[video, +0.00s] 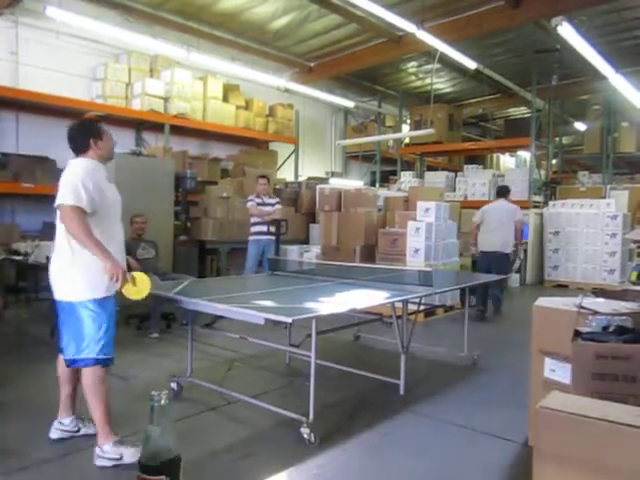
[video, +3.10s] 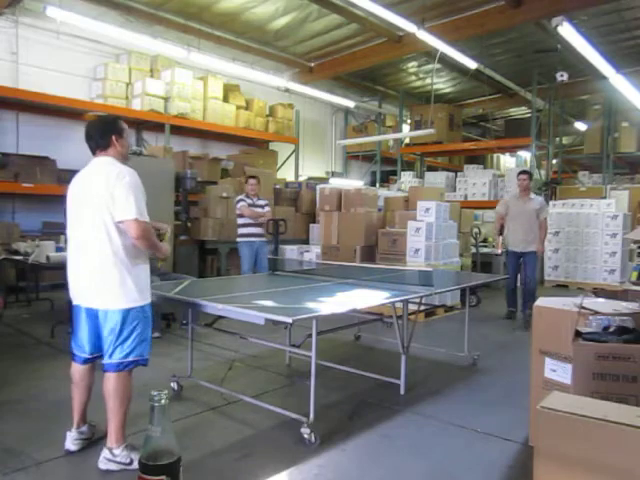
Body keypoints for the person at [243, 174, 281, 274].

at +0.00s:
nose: (263, 187)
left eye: (265, 184)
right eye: (260, 184)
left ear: (268, 186)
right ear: (256, 186)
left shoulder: (275, 199)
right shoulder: (252, 198)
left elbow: (278, 215)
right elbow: (253, 211)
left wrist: (263, 217)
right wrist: (271, 212)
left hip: (270, 237)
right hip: (255, 237)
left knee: (269, 266)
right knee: (250, 267)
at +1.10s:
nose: (248, 186)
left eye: (250, 184)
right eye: (245, 184)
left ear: (254, 185)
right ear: (241, 186)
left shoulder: (259, 199)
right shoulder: (236, 199)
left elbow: (266, 216)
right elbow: (243, 212)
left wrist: (251, 217)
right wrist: (258, 212)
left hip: (258, 238)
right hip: (242, 239)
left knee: (262, 269)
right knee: (244, 270)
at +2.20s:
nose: (262, 188)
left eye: (264, 185)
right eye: (259, 185)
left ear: (268, 186)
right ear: (256, 187)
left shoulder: (274, 201)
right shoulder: (251, 200)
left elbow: (279, 215)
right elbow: (256, 213)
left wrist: (266, 218)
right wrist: (272, 213)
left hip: (270, 239)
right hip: (254, 239)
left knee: (268, 269)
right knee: (251, 269)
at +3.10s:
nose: (252, 187)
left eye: (255, 185)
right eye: (250, 185)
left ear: (258, 186)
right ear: (246, 186)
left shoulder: (264, 202)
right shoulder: (240, 199)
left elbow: (269, 216)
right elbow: (246, 212)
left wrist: (254, 217)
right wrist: (262, 214)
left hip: (261, 239)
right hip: (245, 239)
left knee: (263, 269)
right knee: (247, 270)